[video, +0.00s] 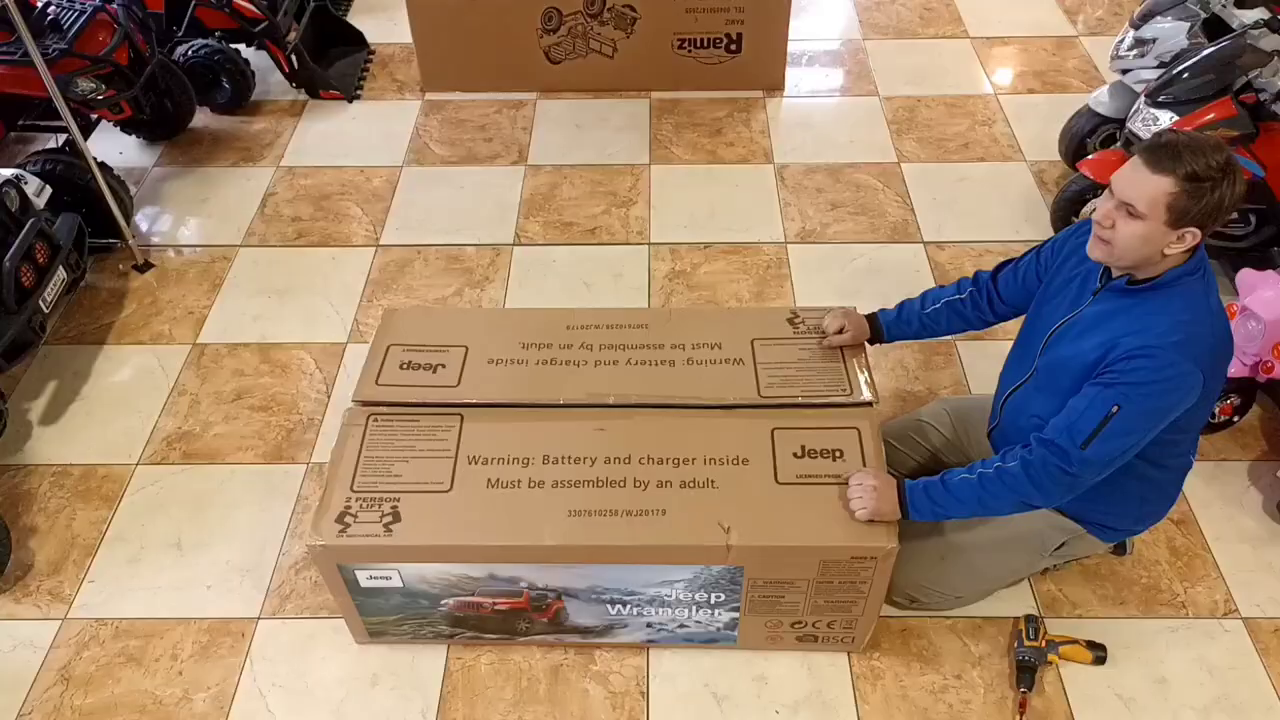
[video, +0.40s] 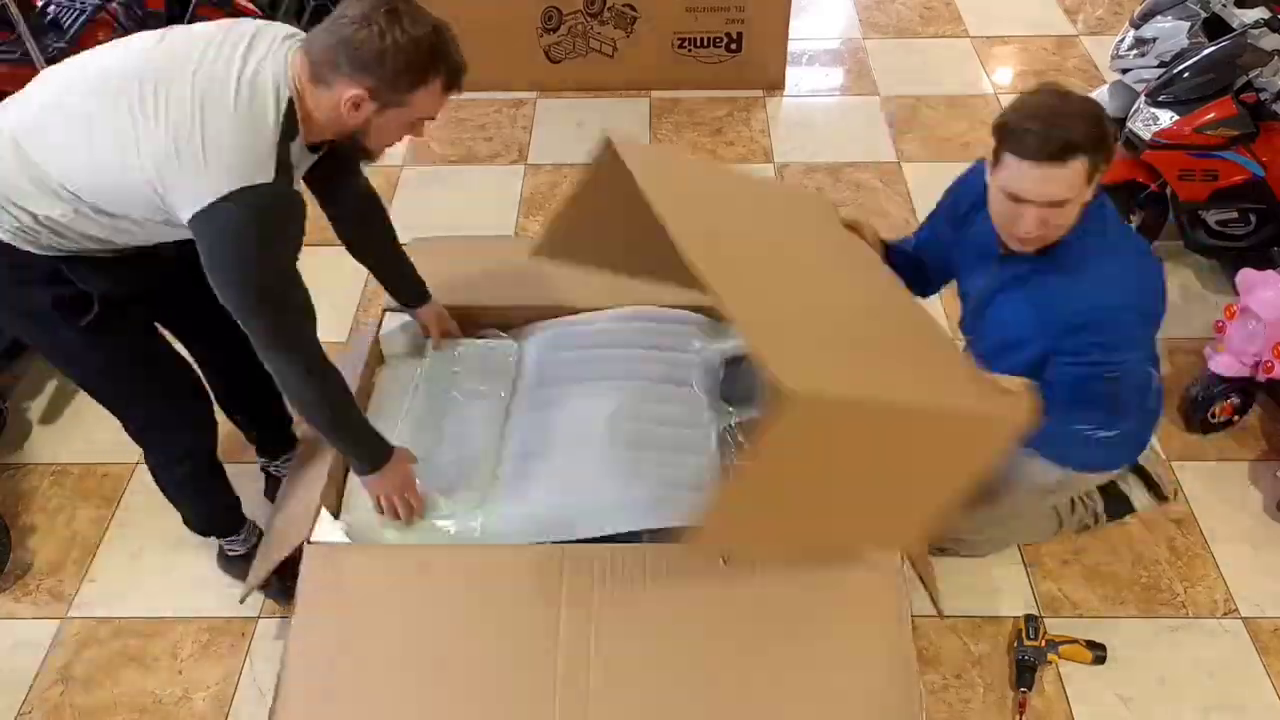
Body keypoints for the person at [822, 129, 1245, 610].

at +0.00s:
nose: (1100, 214)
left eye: (1128, 212)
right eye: (1109, 193)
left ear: (1182, 241)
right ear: (1109, 181)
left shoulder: (1172, 350)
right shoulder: (1091, 241)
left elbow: (1050, 469)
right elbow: (989, 296)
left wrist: (904, 498)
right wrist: (875, 326)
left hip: (1074, 501)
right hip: (1019, 421)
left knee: (902, 578)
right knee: (875, 455)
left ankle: (1072, 537)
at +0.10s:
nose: (1011, 240)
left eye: (1027, 236)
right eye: (1016, 225)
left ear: (1087, 250)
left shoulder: (1112, 359)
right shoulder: (1045, 255)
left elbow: (1045, 501)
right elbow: (973, 304)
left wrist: (938, 590)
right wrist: (881, 334)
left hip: (1063, 499)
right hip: (1015, 417)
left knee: (903, 563)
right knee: (875, 447)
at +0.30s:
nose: (875, 154)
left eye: (886, 143)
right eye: (876, 140)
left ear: (944, 148)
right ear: (939, 142)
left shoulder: (1045, 238)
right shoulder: (911, 183)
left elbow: (1022, 408)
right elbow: (850, 281)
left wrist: (931, 497)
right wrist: (743, 318)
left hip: (1045, 404)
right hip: (958, 368)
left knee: (1005, 542)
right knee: (915, 437)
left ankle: (1144, 457)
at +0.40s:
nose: (1029, 226)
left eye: (1055, 207)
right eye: (1014, 199)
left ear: (1091, 187)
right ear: (991, 167)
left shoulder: (1117, 281)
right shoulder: (979, 190)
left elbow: (1108, 439)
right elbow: (923, 266)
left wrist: (1028, 411)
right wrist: (879, 255)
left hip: (1068, 449)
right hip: (982, 379)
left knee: (938, 528)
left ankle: (1111, 501)